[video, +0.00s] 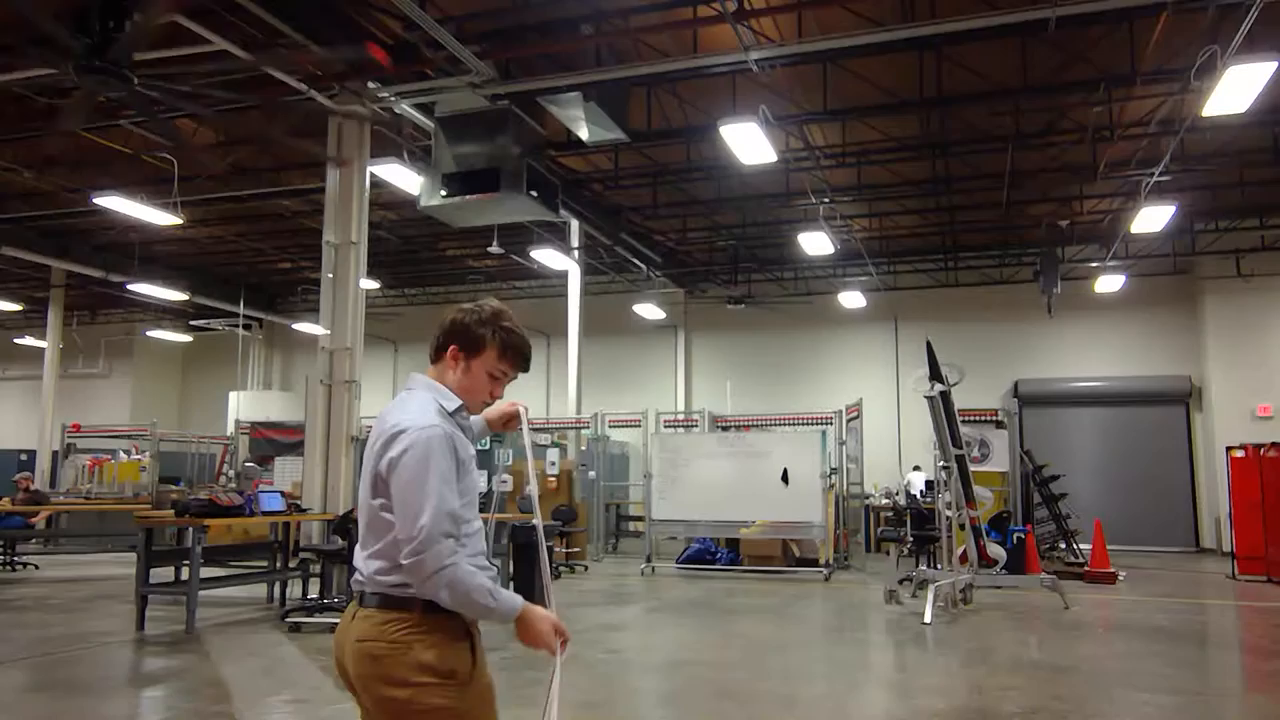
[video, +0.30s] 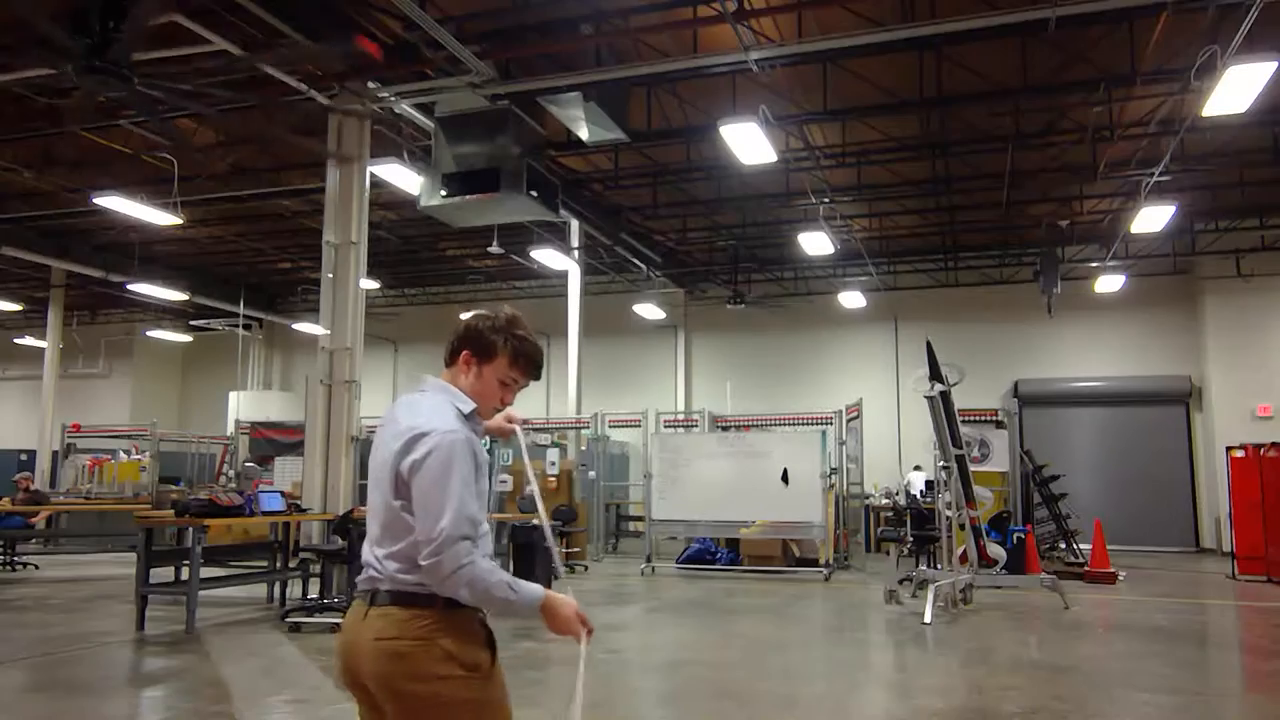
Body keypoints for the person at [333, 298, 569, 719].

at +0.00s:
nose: (498, 394)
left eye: (504, 383)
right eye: (495, 377)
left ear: (452, 360)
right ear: (455, 358)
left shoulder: (406, 411)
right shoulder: (426, 429)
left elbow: (440, 436)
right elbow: (432, 561)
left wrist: (484, 423)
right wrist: (519, 612)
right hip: (414, 637)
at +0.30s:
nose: (509, 402)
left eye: (517, 390)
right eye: (506, 384)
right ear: (468, 362)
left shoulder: (403, 410)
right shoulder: (447, 434)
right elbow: (451, 563)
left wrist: (482, 427)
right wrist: (542, 602)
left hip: (368, 622)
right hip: (426, 636)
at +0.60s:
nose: (541, 408)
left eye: (548, 396)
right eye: (539, 392)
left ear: (496, 372)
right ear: (501, 371)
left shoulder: (433, 413)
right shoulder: (480, 438)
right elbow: (474, 563)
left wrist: (505, 434)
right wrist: (568, 613)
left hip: (395, 619)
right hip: (455, 633)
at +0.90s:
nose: (590, 411)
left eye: (596, 400)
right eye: (589, 396)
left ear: (549, 376)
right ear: (553, 377)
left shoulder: (479, 417)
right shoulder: (528, 440)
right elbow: (524, 561)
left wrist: (549, 434)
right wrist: (606, 634)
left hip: (445, 610)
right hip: (503, 622)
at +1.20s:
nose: (630, 422)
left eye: (636, 413)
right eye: (633, 410)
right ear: (604, 393)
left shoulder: (519, 410)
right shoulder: (556, 457)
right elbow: (502, 571)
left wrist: (585, 437)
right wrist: (558, 650)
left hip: (463, 605)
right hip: (515, 621)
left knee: (483, 714)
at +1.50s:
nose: (616, 425)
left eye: (621, 416)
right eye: (617, 414)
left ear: (583, 396)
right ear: (587, 398)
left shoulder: (527, 420)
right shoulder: (540, 454)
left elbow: (570, 451)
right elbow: (537, 568)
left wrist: (605, 469)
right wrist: (630, 580)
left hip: (482, 600)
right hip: (516, 615)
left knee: (503, 712)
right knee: (543, 712)